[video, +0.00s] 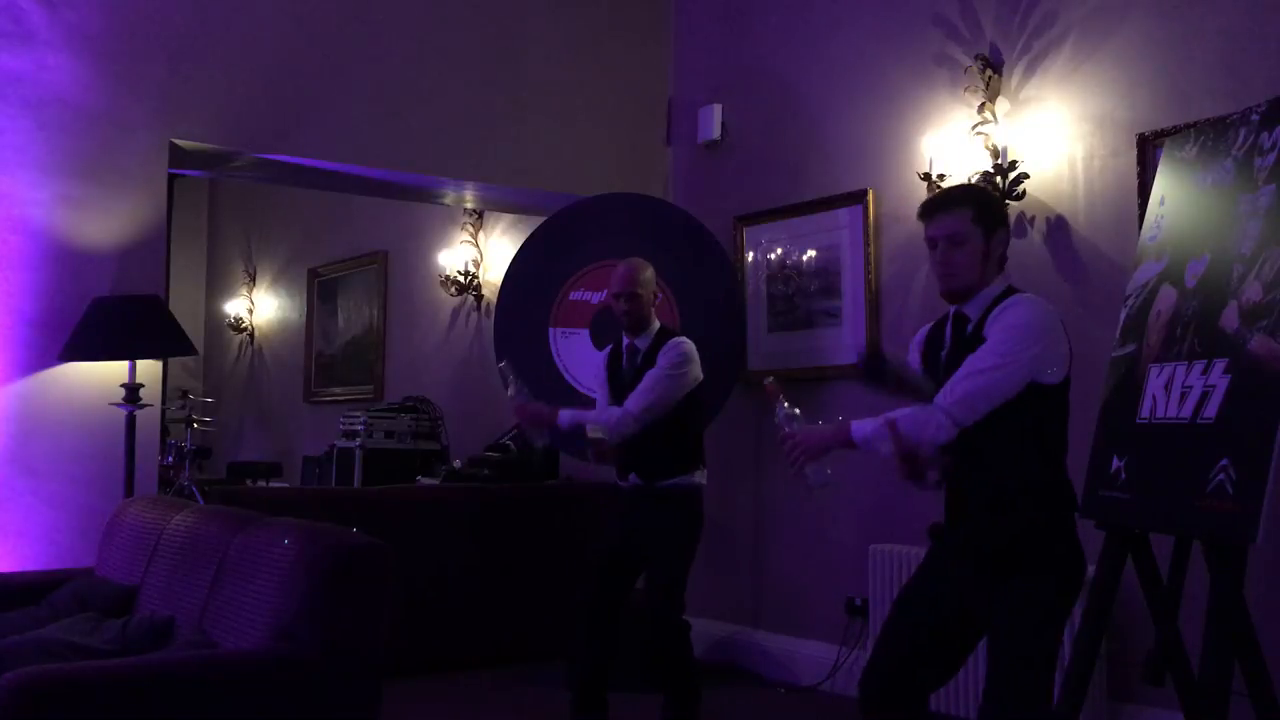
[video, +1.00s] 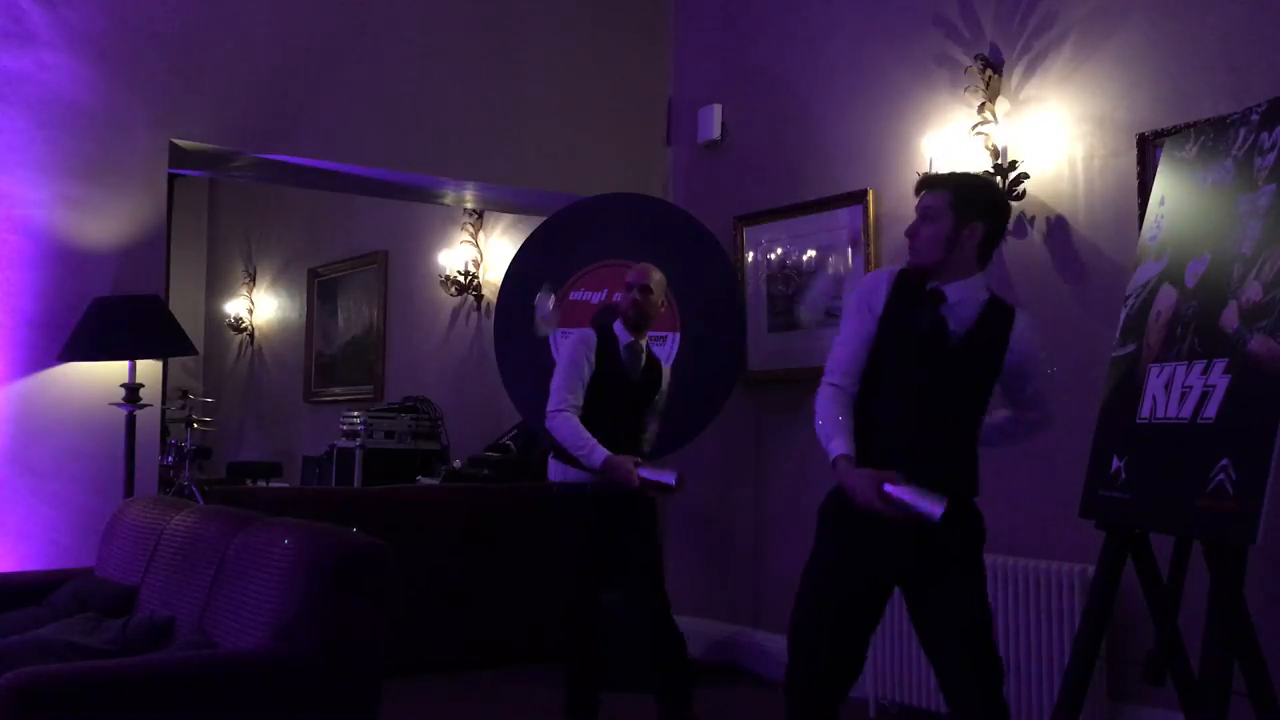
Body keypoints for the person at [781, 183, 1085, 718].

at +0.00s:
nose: (942, 259)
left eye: (958, 242)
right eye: (933, 246)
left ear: (998, 247)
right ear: (927, 251)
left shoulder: (1028, 320)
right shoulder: (928, 341)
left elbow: (942, 420)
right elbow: (922, 470)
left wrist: (841, 433)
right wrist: (914, 455)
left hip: (1034, 548)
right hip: (965, 545)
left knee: (1013, 705)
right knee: (886, 689)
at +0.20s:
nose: (933, 230)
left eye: (950, 218)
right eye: (934, 219)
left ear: (999, 230)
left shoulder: (1021, 314)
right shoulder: (944, 315)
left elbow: (985, 437)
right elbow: (938, 416)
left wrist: (875, 500)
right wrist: (880, 442)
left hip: (1014, 532)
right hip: (954, 526)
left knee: (998, 694)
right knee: (892, 681)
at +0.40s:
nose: (936, 223)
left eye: (953, 210)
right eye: (937, 211)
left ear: (1000, 222)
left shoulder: (1027, 300)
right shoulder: (941, 309)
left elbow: (990, 399)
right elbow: (880, 390)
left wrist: (891, 413)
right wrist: (819, 386)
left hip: (1011, 526)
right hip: (948, 520)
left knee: (998, 695)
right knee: (891, 681)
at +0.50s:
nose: (944, 216)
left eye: (961, 204)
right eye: (944, 203)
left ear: (1007, 217)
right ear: (940, 211)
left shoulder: (1032, 292)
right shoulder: (939, 307)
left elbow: (971, 357)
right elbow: (879, 393)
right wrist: (800, 383)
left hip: (1007, 523)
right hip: (941, 516)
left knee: (1001, 693)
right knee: (864, 662)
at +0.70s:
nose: (941, 204)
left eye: (960, 194)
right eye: (943, 193)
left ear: (1003, 212)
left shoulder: (1025, 284)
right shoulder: (924, 296)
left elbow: (1013, 352)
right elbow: (885, 382)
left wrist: (917, 320)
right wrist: (855, 431)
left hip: (984, 509)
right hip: (911, 503)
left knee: (996, 690)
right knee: (838, 679)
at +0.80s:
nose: (931, 204)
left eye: (950, 195)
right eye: (934, 193)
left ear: (993, 215)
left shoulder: (1021, 297)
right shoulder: (897, 295)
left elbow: (1092, 390)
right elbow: (861, 387)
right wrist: (854, 439)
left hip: (969, 517)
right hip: (887, 511)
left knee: (986, 696)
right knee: (822, 680)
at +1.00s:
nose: (909, 228)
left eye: (927, 219)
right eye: (914, 216)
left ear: (971, 234)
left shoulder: (1009, 326)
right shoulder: (877, 291)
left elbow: (1035, 416)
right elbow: (835, 388)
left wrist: (964, 437)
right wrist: (844, 463)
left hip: (943, 521)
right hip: (861, 510)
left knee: (975, 690)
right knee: (813, 681)